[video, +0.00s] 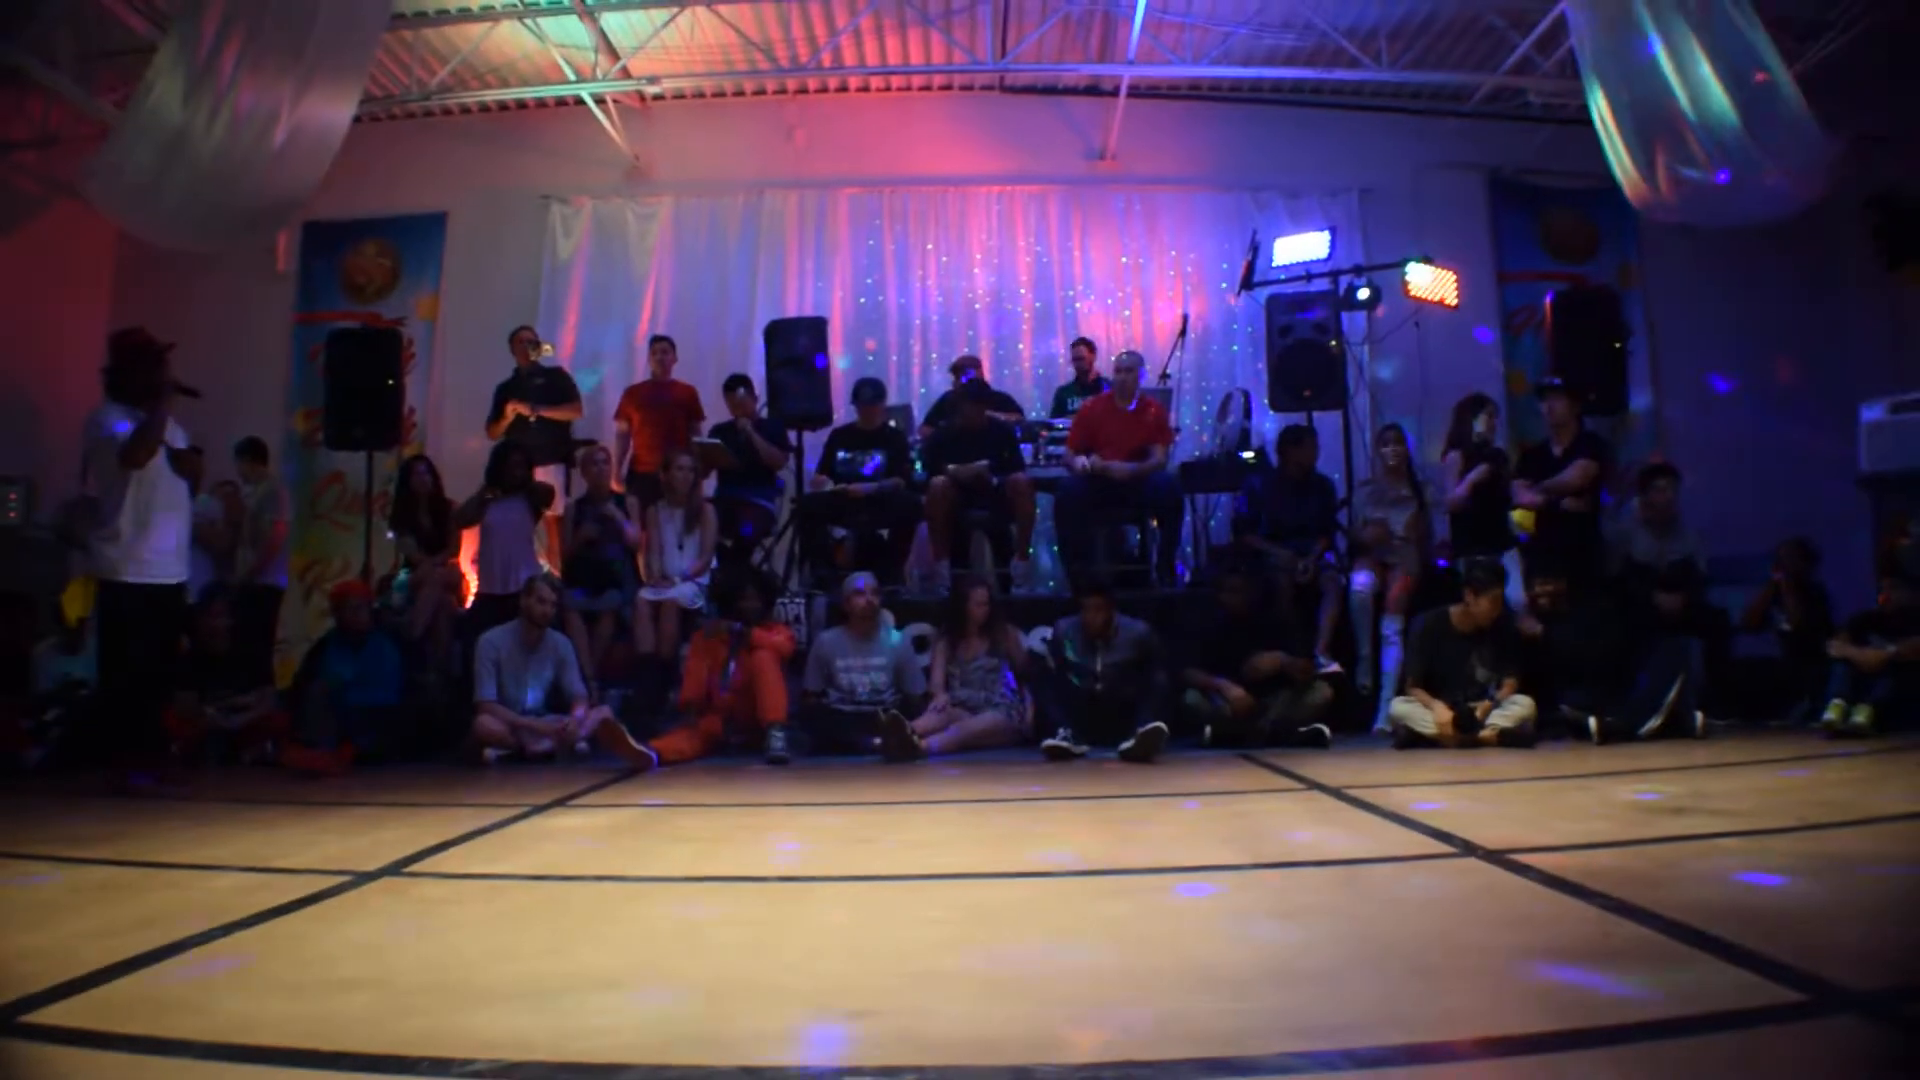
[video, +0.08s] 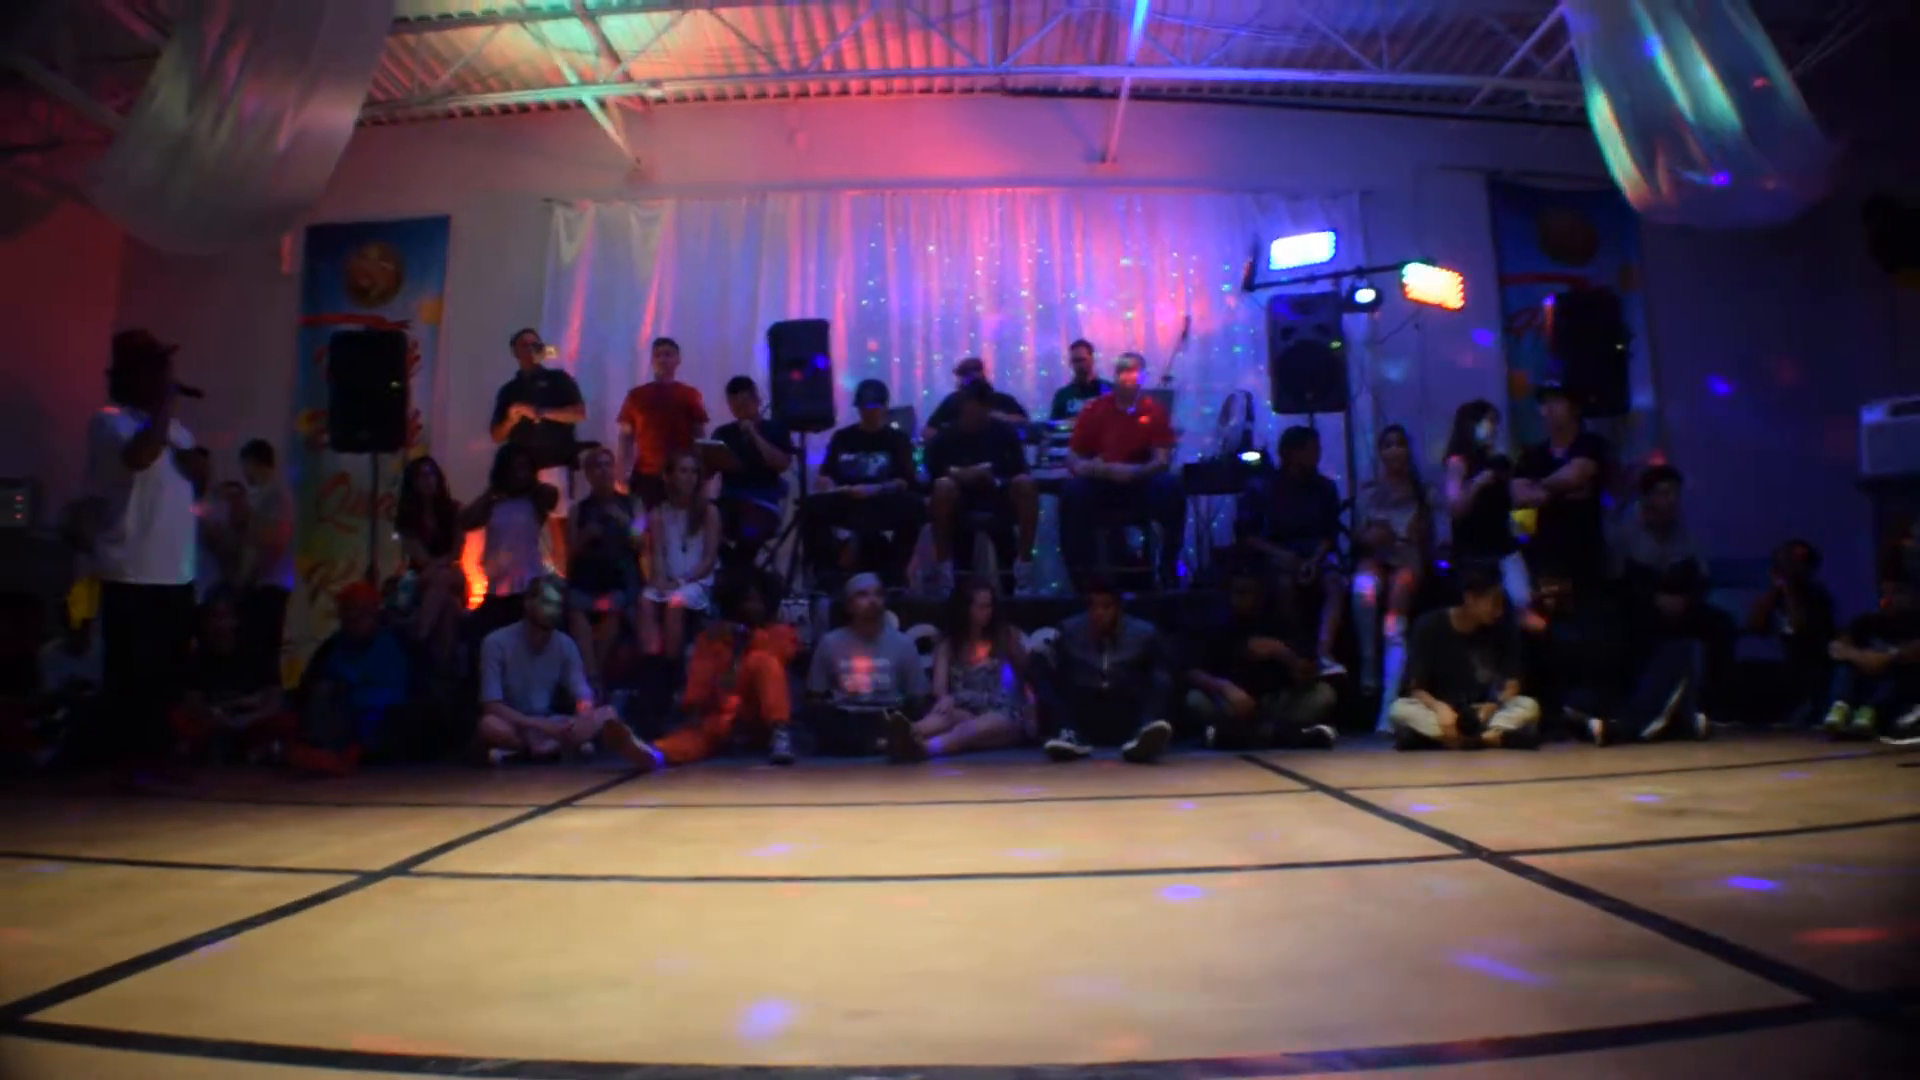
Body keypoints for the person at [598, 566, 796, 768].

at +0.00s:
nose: (749, 606)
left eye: (755, 600)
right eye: (743, 599)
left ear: (766, 603)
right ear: (729, 602)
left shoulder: (774, 630)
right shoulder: (708, 638)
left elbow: (784, 647)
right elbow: (692, 697)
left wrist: (741, 632)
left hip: (756, 713)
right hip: (719, 717)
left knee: (763, 657)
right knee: (696, 736)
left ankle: (776, 734)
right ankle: (651, 752)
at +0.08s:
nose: (752, 607)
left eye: (758, 600)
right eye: (746, 600)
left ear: (769, 605)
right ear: (732, 604)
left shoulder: (780, 633)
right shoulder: (714, 637)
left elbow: (783, 653)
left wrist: (746, 635)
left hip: (758, 715)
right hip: (721, 716)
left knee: (763, 660)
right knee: (698, 739)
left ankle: (780, 734)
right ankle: (655, 753)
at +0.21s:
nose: (776, 607)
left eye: (782, 600)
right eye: (770, 600)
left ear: (793, 604)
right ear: (755, 602)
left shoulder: (800, 632)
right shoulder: (737, 636)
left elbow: (812, 651)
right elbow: (721, 684)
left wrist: (777, 640)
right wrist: (718, 711)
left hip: (784, 713)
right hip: (747, 716)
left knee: (785, 653)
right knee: (729, 730)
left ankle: (802, 731)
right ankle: (681, 751)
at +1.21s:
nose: (775, 611)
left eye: (781, 604)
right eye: (769, 603)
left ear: (791, 607)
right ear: (755, 604)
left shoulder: (799, 635)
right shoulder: (730, 639)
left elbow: (795, 658)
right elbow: (714, 687)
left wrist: (760, 659)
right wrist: (714, 713)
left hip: (779, 715)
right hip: (741, 718)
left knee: (779, 658)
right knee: (728, 732)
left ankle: (798, 735)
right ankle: (674, 753)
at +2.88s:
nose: (757, 611)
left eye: (765, 605)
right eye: (755, 603)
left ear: (782, 610)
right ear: (749, 605)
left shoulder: (795, 636)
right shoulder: (726, 643)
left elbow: (786, 666)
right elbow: (707, 705)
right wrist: (731, 709)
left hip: (772, 719)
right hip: (736, 722)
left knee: (774, 660)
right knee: (711, 735)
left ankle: (794, 737)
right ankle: (670, 755)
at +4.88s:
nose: (777, 613)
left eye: (782, 607)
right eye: (770, 606)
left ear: (788, 609)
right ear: (754, 608)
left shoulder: (796, 636)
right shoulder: (725, 645)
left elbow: (785, 661)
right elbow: (709, 703)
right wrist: (732, 718)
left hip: (774, 720)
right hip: (737, 724)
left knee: (779, 660)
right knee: (709, 736)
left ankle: (794, 736)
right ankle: (670, 755)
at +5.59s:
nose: (778, 614)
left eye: (783, 607)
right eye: (771, 606)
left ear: (788, 609)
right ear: (755, 607)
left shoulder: (794, 636)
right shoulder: (724, 645)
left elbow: (788, 660)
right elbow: (708, 705)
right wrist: (732, 719)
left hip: (774, 719)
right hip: (737, 722)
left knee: (777, 660)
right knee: (710, 734)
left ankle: (795, 736)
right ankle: (669, 756)